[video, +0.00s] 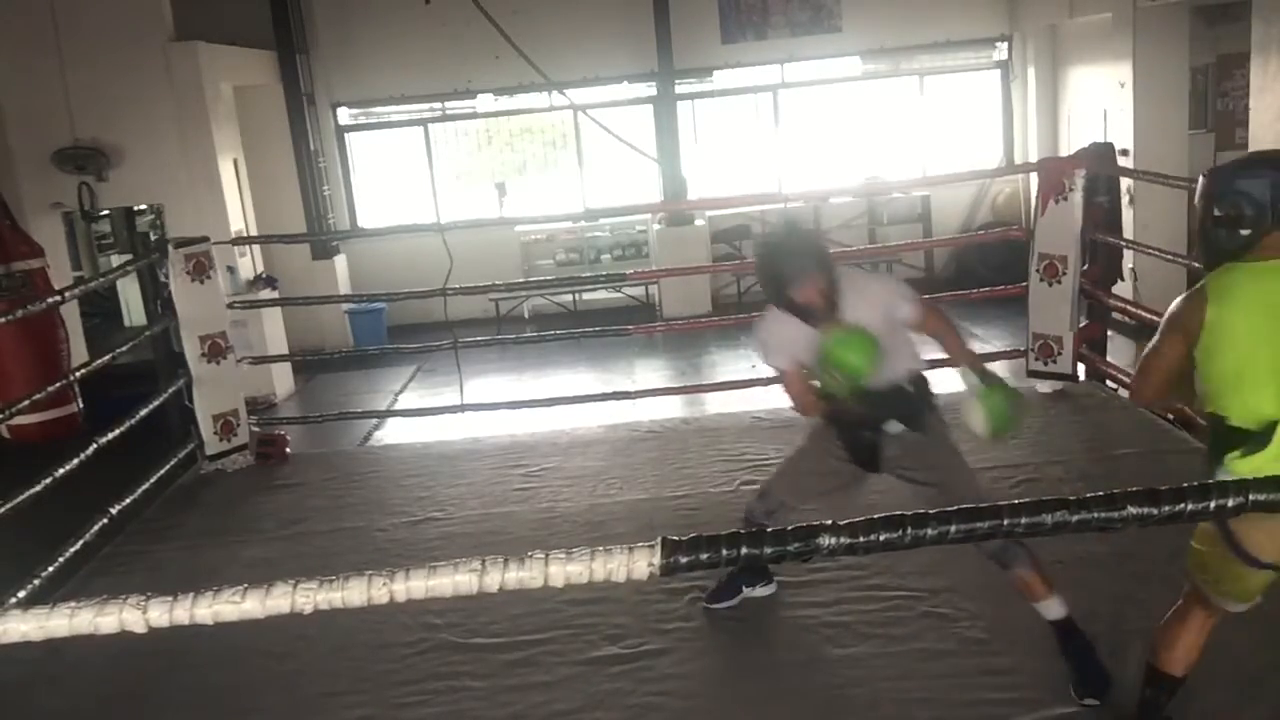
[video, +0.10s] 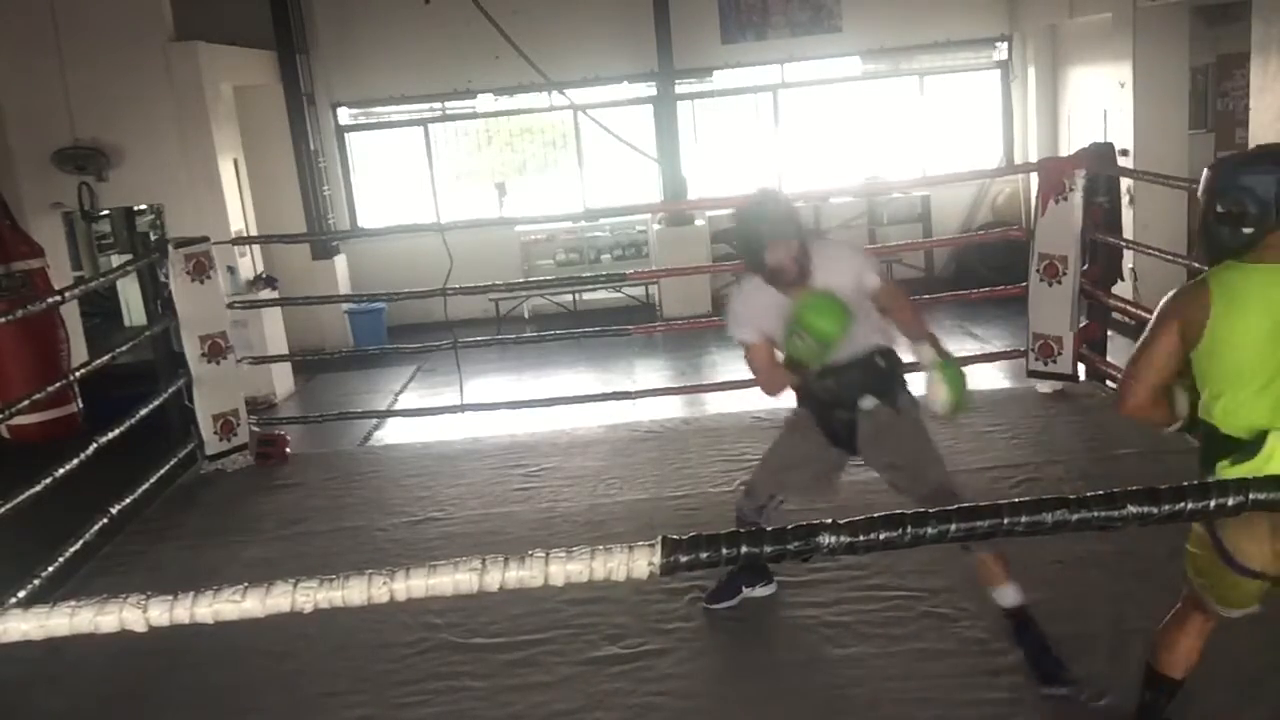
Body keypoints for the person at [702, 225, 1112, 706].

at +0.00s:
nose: (815, 297)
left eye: (818, 282)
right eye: (800, 291)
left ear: (828, 268)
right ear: (780, 294)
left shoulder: (873, 292)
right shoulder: (777, 330)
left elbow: (936, 322)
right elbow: (805, 401)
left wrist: (984, 380)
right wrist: (846, 415)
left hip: (910, 415)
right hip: (844, 423)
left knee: (982, 521)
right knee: (766, 506)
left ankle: (1070, 638)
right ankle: (754, 570)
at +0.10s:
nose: (789, 260)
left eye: (791, 246)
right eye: (775, 255)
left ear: (801, 236)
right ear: (753, 258)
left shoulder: (837, 258)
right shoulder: (750, 300)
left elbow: (891, 299)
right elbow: (769, 380)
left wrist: (936, 353)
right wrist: (803, 359)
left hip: (880, 397)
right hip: (818, 411)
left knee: (947, 506)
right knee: (753, 502)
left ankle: (1026, 630)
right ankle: (753, 570)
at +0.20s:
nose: (775, 226)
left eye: (781, 212)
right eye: (761, 219)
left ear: (795, 207)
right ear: (742, 226)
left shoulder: (832, 242)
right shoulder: (738, 277)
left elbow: (878, 295)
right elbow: (756, 361)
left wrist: (910, 346)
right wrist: (788, 328)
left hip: (867, 382)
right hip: (804, 396)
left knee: (918, 496)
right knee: (749, 500)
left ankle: (971, 615)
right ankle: (753, 570)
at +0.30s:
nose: (779, 205)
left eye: (785, 191)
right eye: (765, 197)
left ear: (801, 188)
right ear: (745, 203)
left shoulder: (833, 225)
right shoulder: (733, 259)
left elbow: (869, 288)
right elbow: (751, 343)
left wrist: (896, 342)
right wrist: (785, 310)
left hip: (854, 373)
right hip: (791, 384)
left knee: (902, 491)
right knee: (751, 491)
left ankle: (953, 613)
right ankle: (754, 569)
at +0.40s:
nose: (792, 196)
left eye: (798, 182)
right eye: (778, 186)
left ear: (810, 182)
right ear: (755, 193)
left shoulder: (838, 224)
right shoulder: (735, 253)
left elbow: (868, 287)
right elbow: (750, 336)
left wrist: (895, 344)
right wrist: (789, 304)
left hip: (852, 375)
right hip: (786, 385)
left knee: (902, 490)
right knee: (751, 490)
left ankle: (953, 612)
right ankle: (754, 569)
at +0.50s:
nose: (818, 191)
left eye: (823, 178)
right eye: (804, 181)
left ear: (830, 180)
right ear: (778, 186)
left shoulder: (847, 227)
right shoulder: (746, 247)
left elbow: (873, 290)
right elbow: (757, 332)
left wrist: (903, 343)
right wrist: (800, 297)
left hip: (853, 380)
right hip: (786, 387)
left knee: (902, 494)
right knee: (750, 494)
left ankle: (956, 615)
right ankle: (752, 573)